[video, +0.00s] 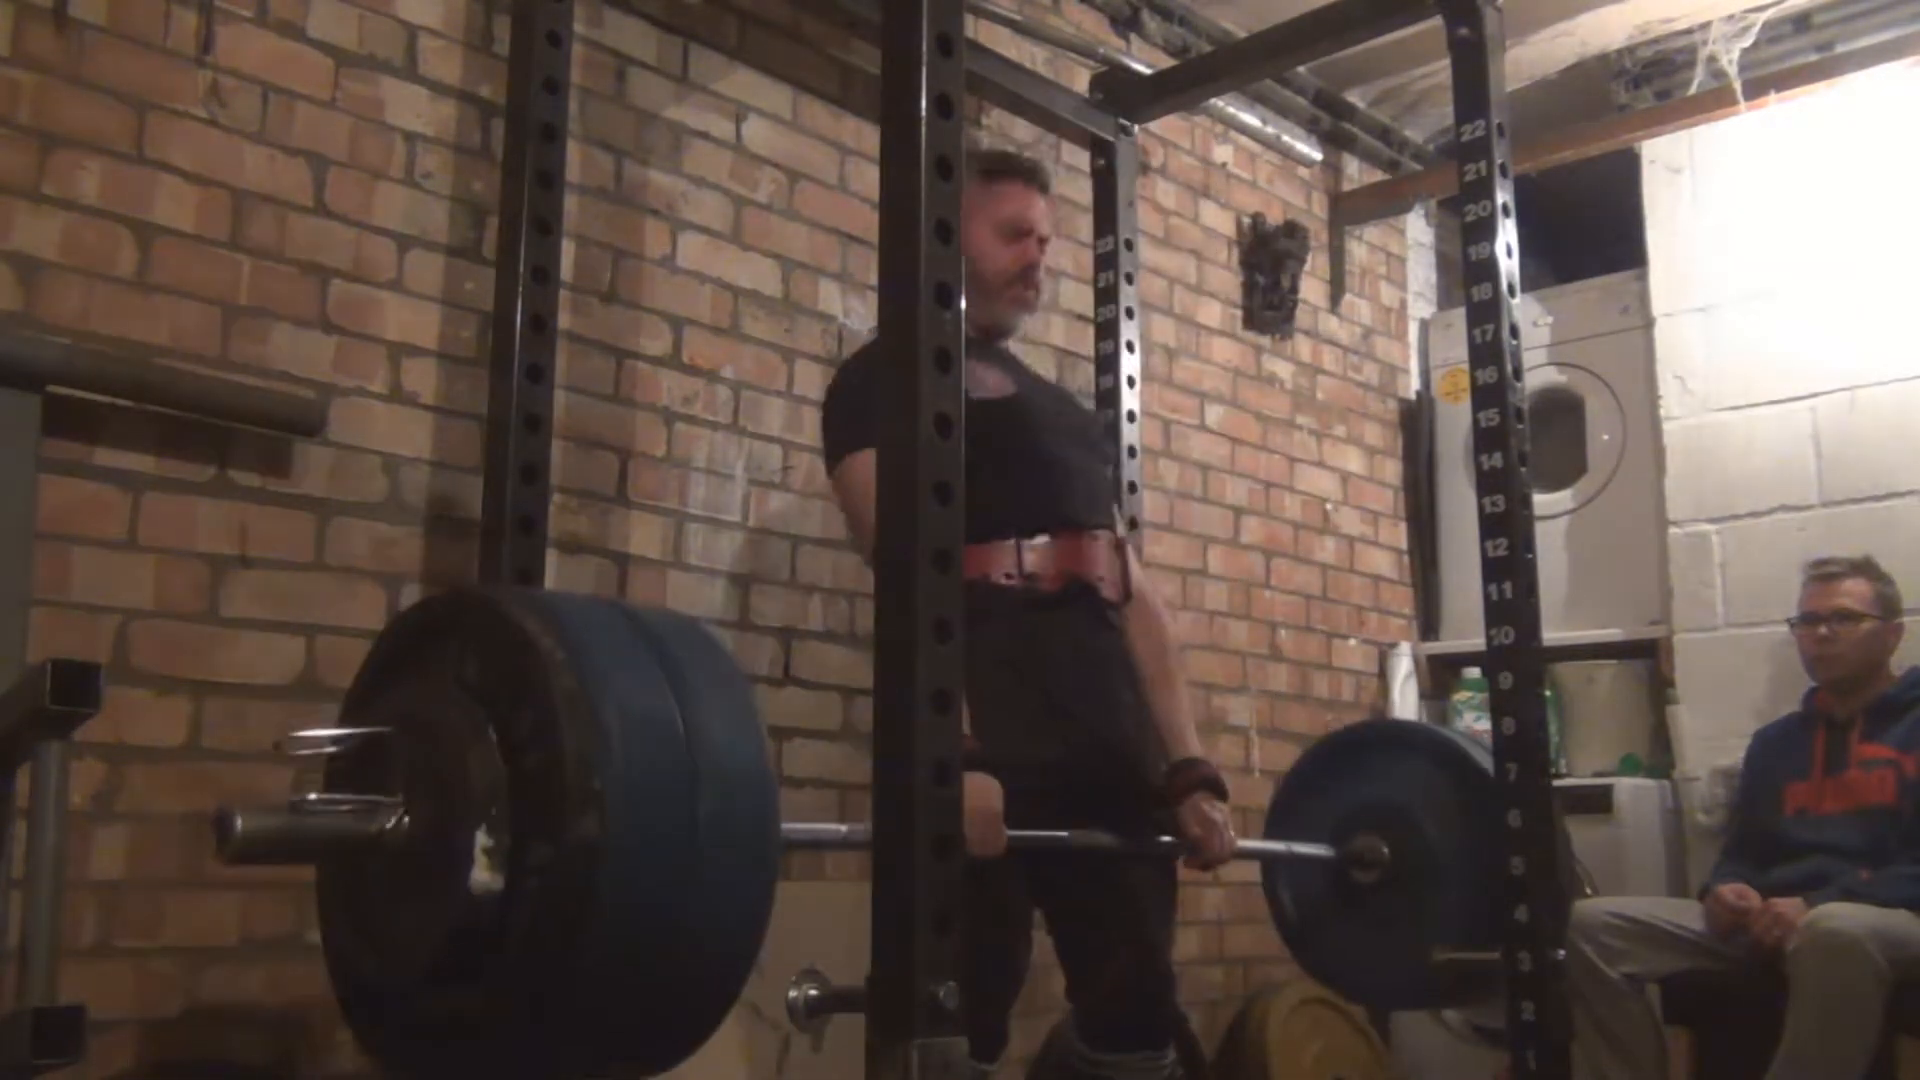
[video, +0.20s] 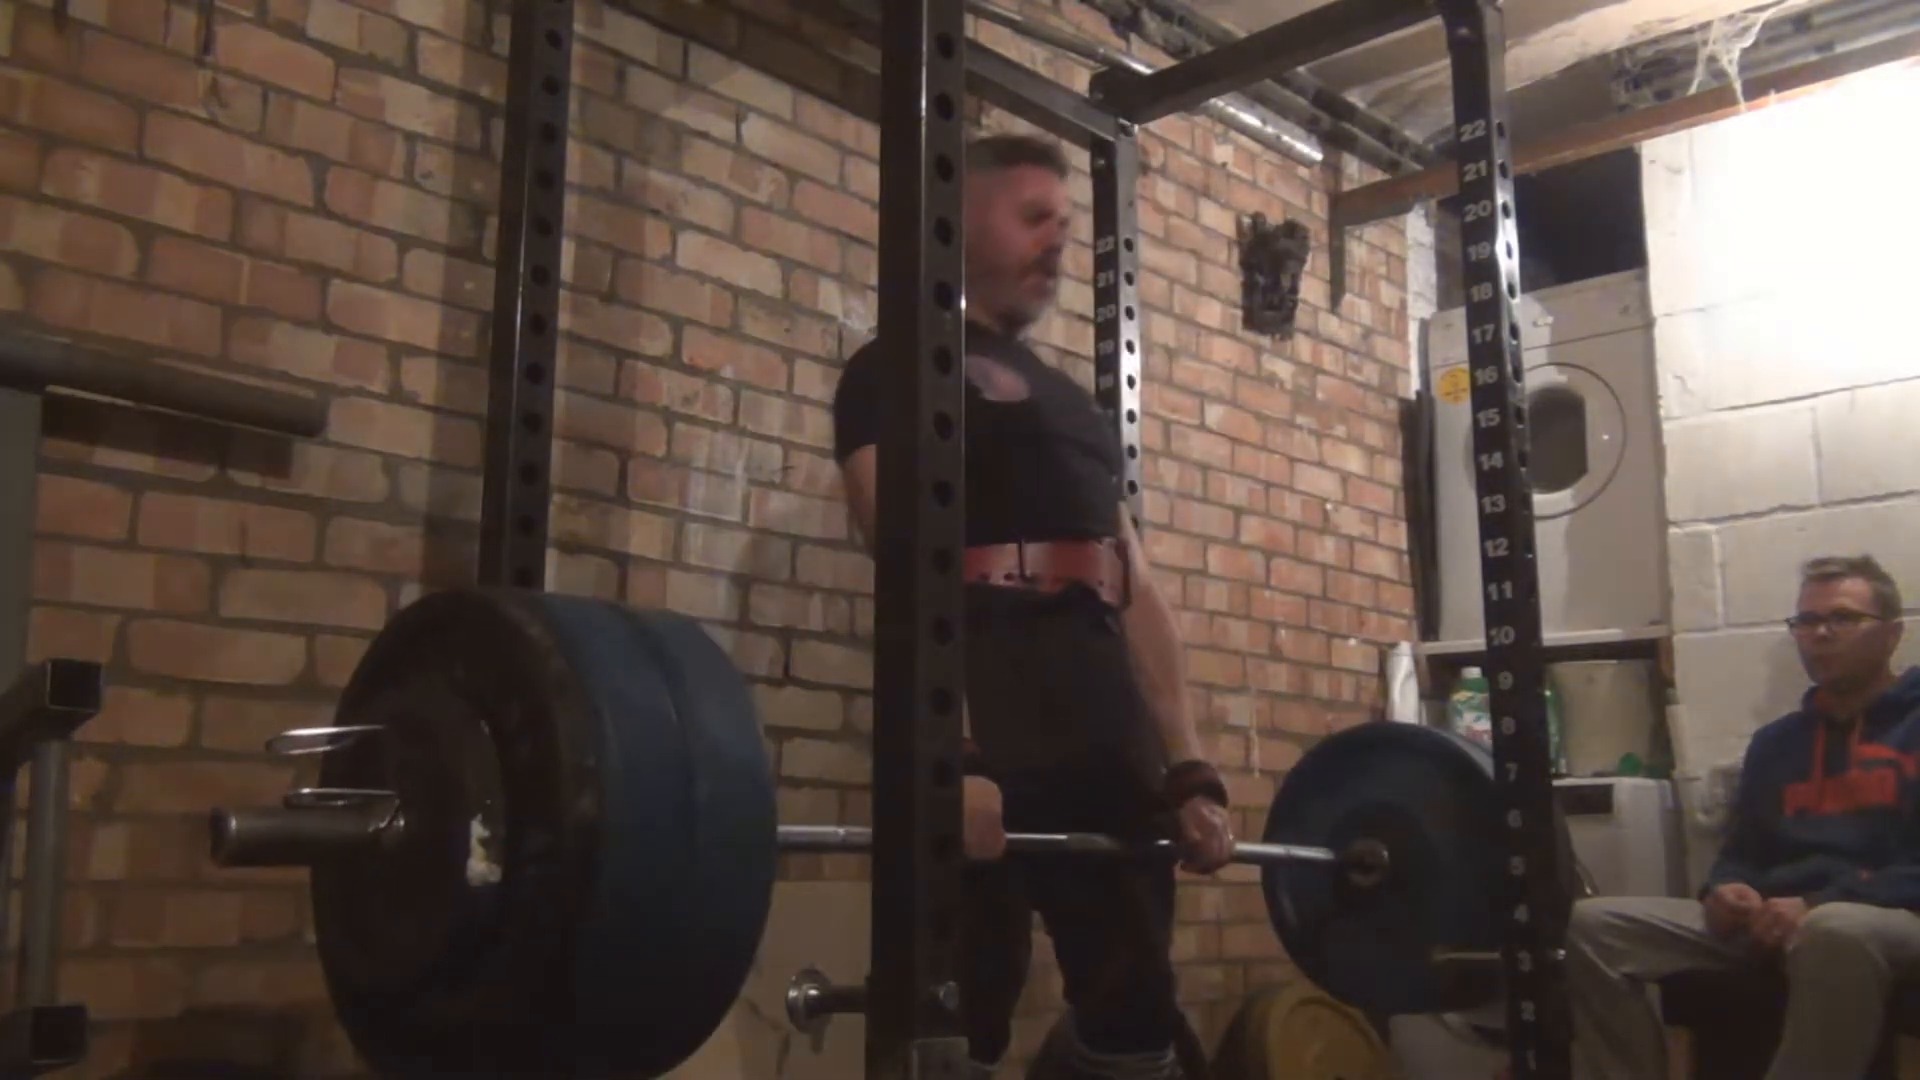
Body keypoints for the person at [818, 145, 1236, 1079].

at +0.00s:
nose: (1036, 259)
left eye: (1044, 240)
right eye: (1013, 235)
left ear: (1046, 253)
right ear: (946, 243)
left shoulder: (1074, 416)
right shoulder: (881, 383)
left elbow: (1130, 594)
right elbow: (909, 576)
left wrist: (1186, 767)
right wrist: (956, 756)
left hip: (1102, 747)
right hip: (970, 750)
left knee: (1134, 1024)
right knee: (959, 1031)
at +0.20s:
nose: (1059, 240)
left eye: (1062, 221)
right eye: (1034, 218)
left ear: (1055, 235)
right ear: (958, 227)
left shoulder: (1075, 403)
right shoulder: (892, 373)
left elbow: (1133, 590)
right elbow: (908, 577)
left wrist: (1184, 766)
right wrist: (950, 759)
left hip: (1096, 706)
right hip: (970, 712)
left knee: (1132, 1012)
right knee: (961, 1017)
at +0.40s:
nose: (1149, 206)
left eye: (1152, 187)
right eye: (1122, 182)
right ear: (1040, 200)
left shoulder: (1146, 400)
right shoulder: (985, 344)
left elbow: (1162, 605)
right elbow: (951, 576)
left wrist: (1189, 783)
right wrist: (950, 786)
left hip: (1090, 710)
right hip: (981, 696)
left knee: (1137, 1013)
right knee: (959, 1017)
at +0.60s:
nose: (1217, 248)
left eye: (1218, 227)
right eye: (1189, 224)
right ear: (1102, 239)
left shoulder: (1188, 457)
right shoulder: (1013, 390)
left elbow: (1180, 656)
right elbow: (967, 629)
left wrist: (1196, 845)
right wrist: (955, 847)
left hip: (1038, 703)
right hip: (929, 691)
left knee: (1123, 995)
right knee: (941, 1002)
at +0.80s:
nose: (1252, 331)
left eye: (1254, 308)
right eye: (1223, 305)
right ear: (1137, 317)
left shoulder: (1200, 528)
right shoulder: (1034, 457)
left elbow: (1189, 732)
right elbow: (974, 706)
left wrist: (1196, 919)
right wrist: (959, 925)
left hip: (1007, 726)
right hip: (890, 708)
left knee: (1107, 970)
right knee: (920, 996)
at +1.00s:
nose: (1292, 427)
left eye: (1291, 404)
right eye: (1264, 401)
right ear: (1173, 412)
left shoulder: (1217, 611)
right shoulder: (1053, 536)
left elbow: (1198, 814)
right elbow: (984, 791)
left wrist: (1197, 1009)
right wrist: (955, 1003)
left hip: (993, 764)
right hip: (871, 737)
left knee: (1120, 1013)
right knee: (924, 1026)